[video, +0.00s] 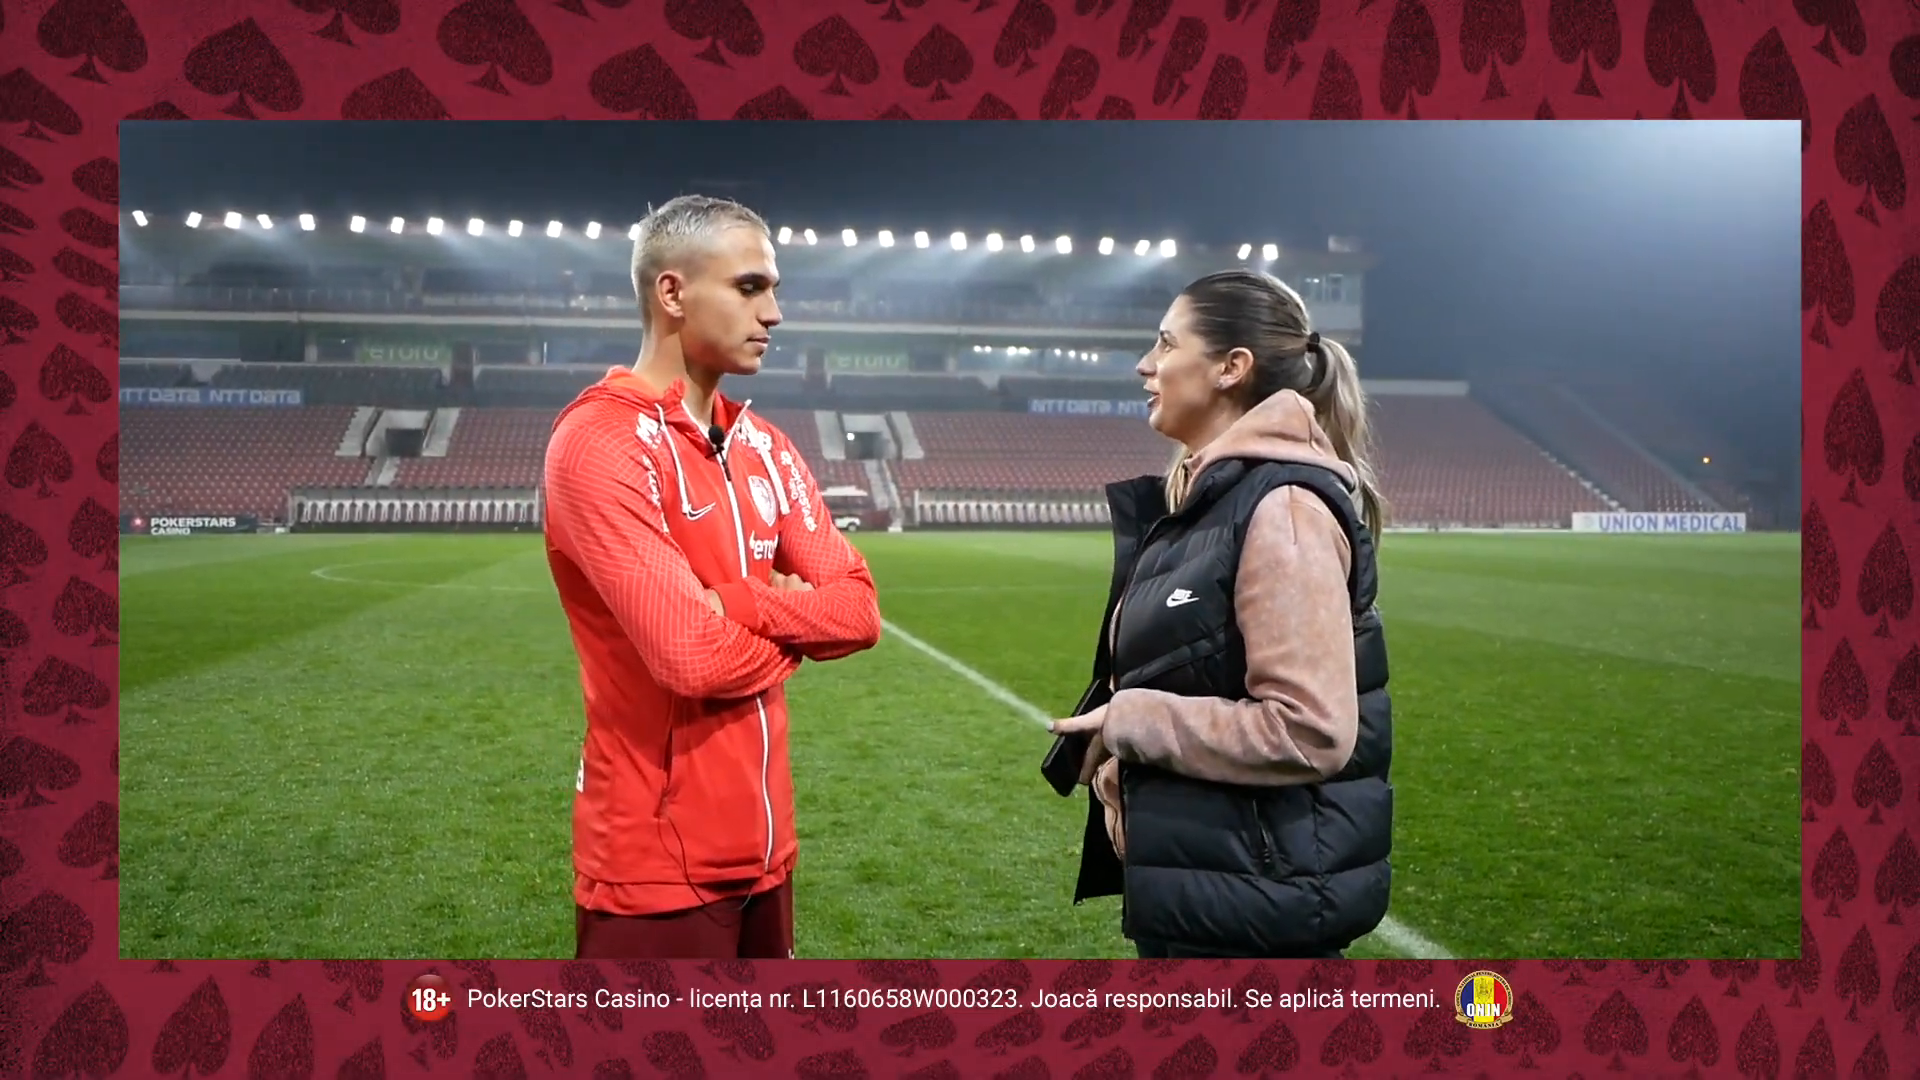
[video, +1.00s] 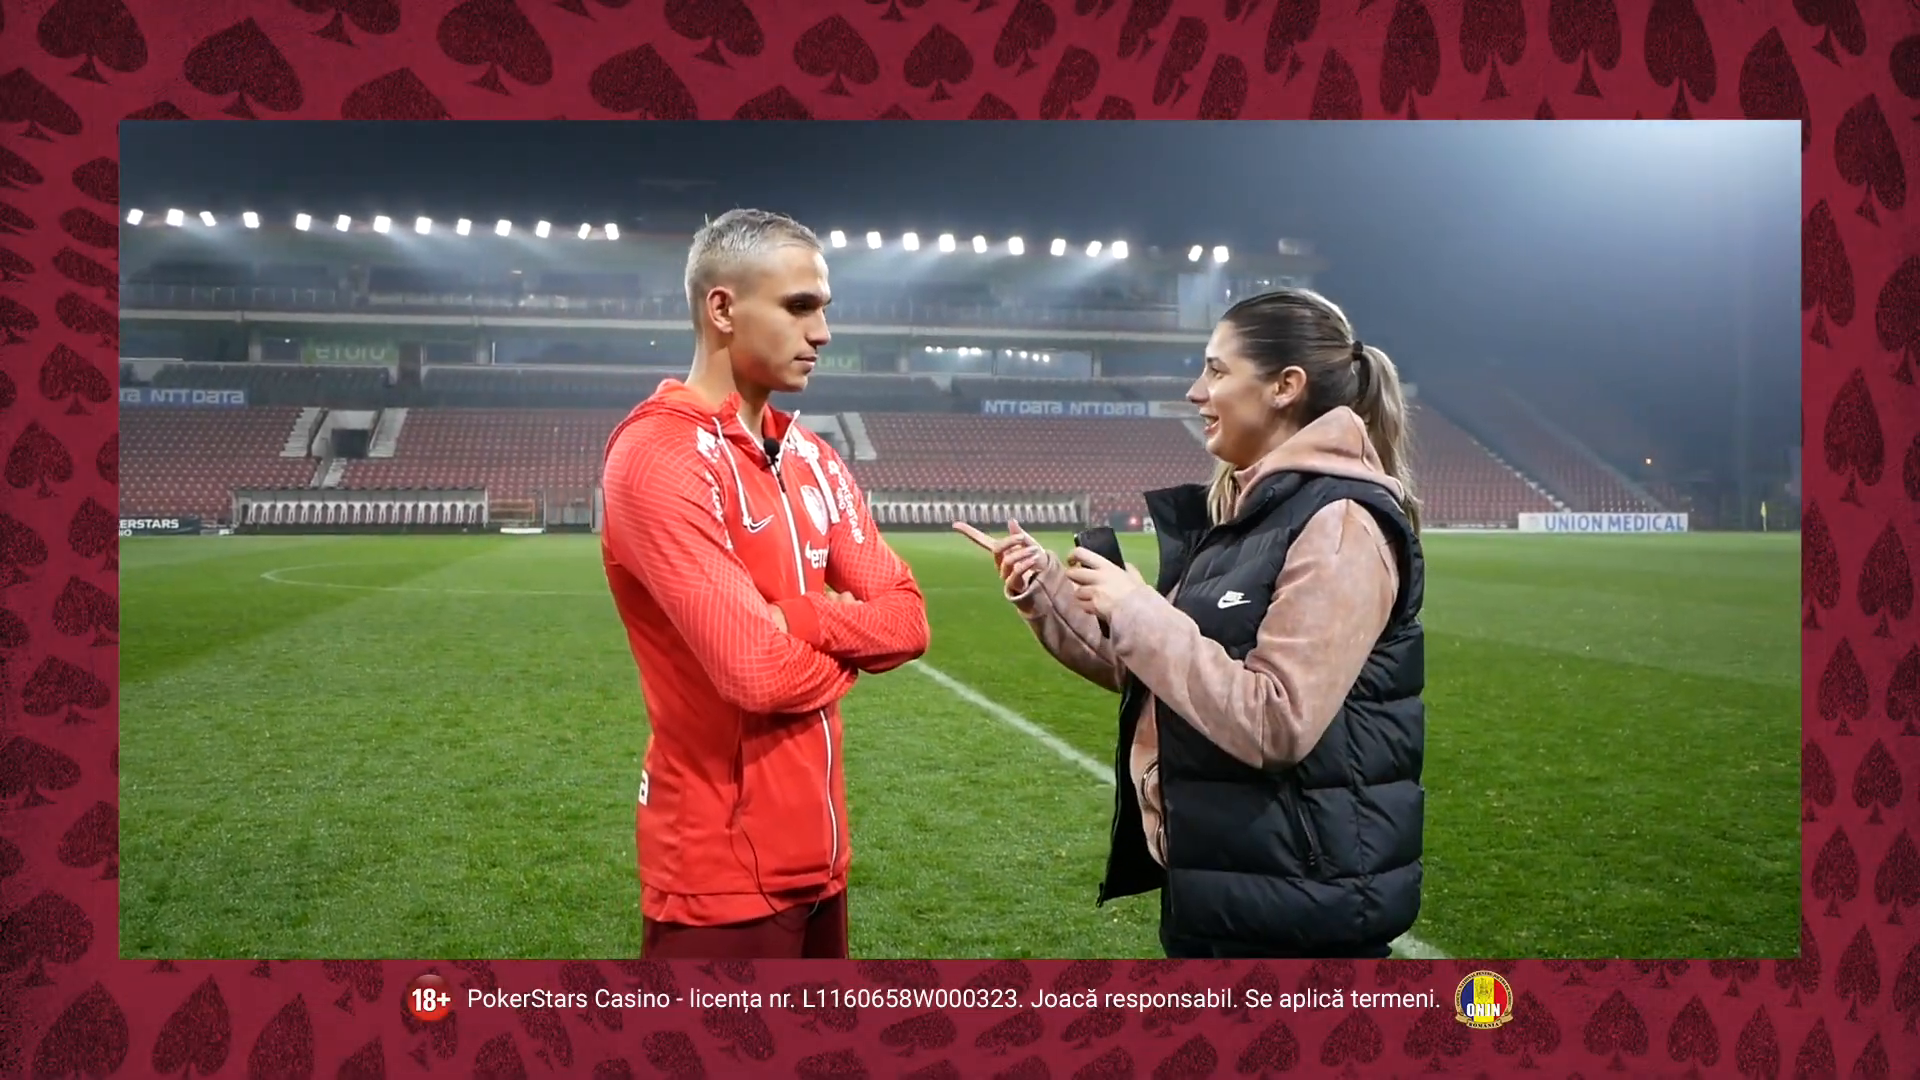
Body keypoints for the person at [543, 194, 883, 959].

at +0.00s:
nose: (774, 313)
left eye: (772, 290)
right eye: (749, 288)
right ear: (671, 293)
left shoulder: (765, 444)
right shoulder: (596, 446)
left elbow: (858, 612)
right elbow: (691, 662)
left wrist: (724, 602)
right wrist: (796, 627)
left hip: (760, 844)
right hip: (654, 855)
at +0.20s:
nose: (782, 309)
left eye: (778, 286)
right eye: (757, 284)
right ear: (680, 292)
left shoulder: (771, 448)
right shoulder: (607, 447)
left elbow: (864, 616)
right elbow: (698, 669)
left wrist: (732, 610)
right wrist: (799, 645)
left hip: (763, 845)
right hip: (662, 857)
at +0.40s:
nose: (791, 318)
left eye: (789, 295)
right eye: (768, 293)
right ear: (691, 300)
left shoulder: (778, 452)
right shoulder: (620, 455)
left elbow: (872, 622)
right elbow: (717, 675)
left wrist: (745, 614)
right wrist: (816, 645)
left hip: (776, 851)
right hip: (677, 864)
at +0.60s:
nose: (801, 324)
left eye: (799, 301)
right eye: (777, 299)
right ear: (700, 306)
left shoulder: (789, 455)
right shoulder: (631, 459)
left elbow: (884, 625)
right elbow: (731, 679)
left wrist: (759, 617)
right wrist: (827, 651)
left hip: (786, 852)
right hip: (690, 866)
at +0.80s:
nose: (814, 326)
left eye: (813, 303)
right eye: (791, 302)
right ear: (713, 307)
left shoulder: (804, 456)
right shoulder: (644, 459)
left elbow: (898, 624)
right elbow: (745, 678)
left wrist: (772, 617)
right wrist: (844, 648)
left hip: (802, 850)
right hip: (706, 864)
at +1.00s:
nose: (822, 333)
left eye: (823, 309)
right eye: (799, 307)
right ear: (721, 309)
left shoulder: (812, 455)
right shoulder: (655, 459)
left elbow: (908, 620)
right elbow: (758, 676)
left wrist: (790, 616)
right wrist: (852, 646)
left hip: (813, 847)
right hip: (719, 861)